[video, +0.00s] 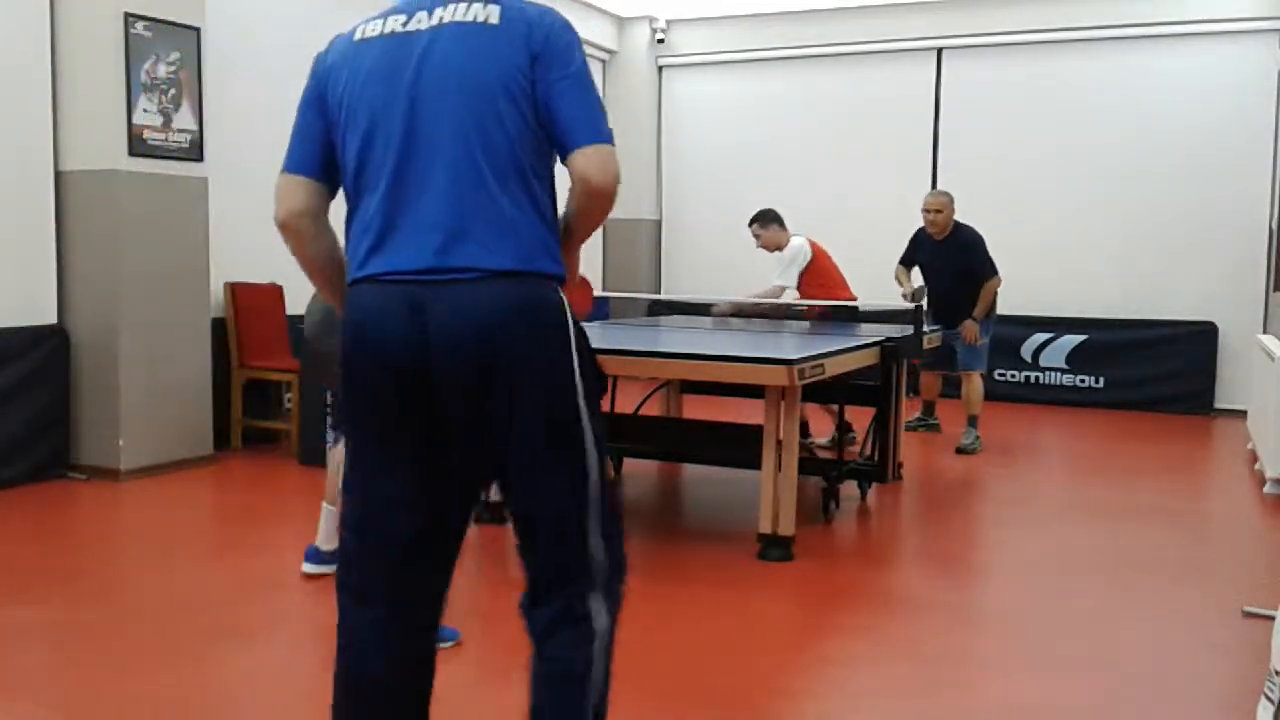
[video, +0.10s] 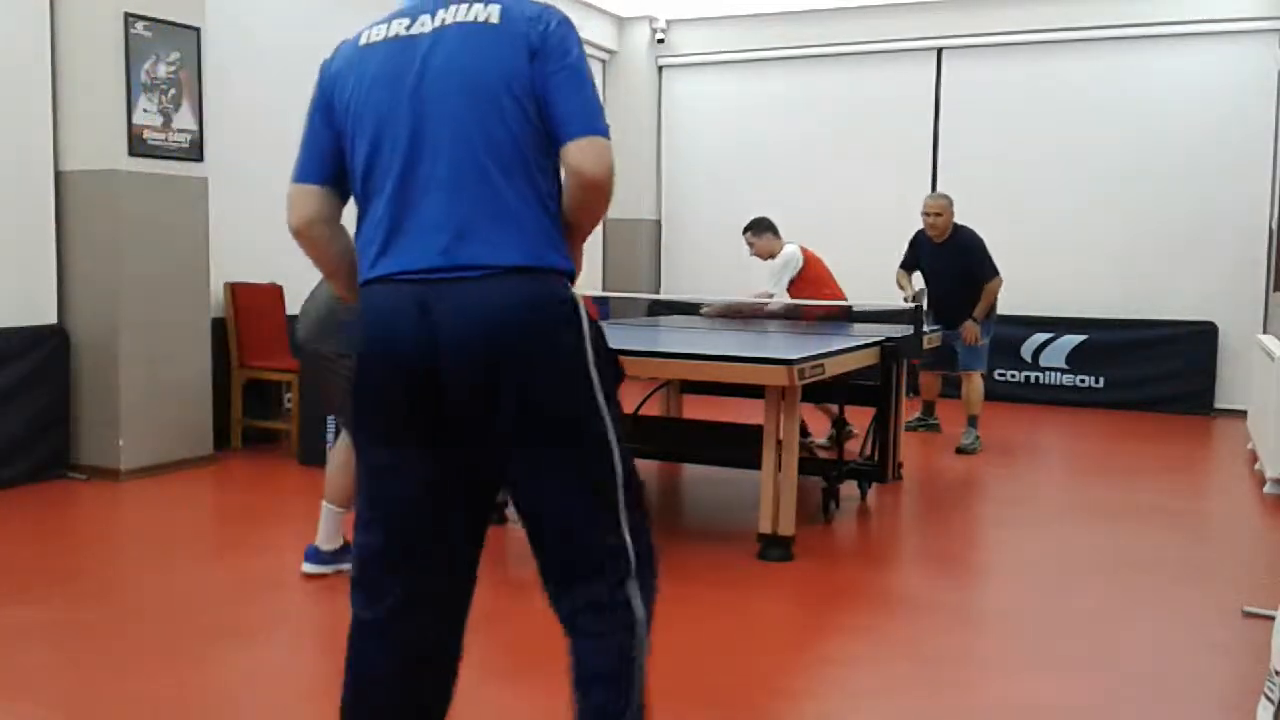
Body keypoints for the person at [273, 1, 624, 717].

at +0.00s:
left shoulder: (342, 53)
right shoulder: (536, 26)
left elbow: (296, 212)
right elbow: (598, 177)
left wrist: (357, 303)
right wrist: (564, 247)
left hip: (383, 328)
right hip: (515, 322)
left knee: (385, 589)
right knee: (571, 579)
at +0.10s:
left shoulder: (348, 57)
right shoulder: (536, 24)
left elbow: (309, 215)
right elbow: (591, 169)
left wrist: (374, 302)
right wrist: (564, 244)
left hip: (395, 329)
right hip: (526, 321)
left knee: (401, 591)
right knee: (601, 578)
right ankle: (609, 706)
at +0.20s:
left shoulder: (366, 63)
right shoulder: (553, 28)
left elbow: (329, 222)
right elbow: (606, 170)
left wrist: (401, 286)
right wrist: (578, 250)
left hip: (414, 329)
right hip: (544, 324)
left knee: (409, 591)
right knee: (615, 574)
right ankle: (664, 706)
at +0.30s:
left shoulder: (398, 69)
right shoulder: (588, 38)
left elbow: (361, 234)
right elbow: (651, 173)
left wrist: (435, 291)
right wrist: (611, 247)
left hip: (444, 335)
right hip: (572, 332)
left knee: (420, 595)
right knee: (633, 581)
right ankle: (686, 707)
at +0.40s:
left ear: (500, 2)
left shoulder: (441, 74)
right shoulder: (636, 50)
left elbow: (399, 234)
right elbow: (707, 183)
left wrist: (463, 293)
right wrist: (645, 250)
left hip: (482, 340)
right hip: (612, 337)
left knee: (445, 598)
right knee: (665, 591)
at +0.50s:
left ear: (531, 3)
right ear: (607, 1)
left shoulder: (464, 69)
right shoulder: (665, 49)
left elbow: (429, 226)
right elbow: (742, 180)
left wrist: (484, 291)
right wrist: (679, 249)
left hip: (503, 337)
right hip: (637, 333)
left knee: (461, 587)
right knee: (688, 587)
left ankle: (417, 714)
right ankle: (709, 712)